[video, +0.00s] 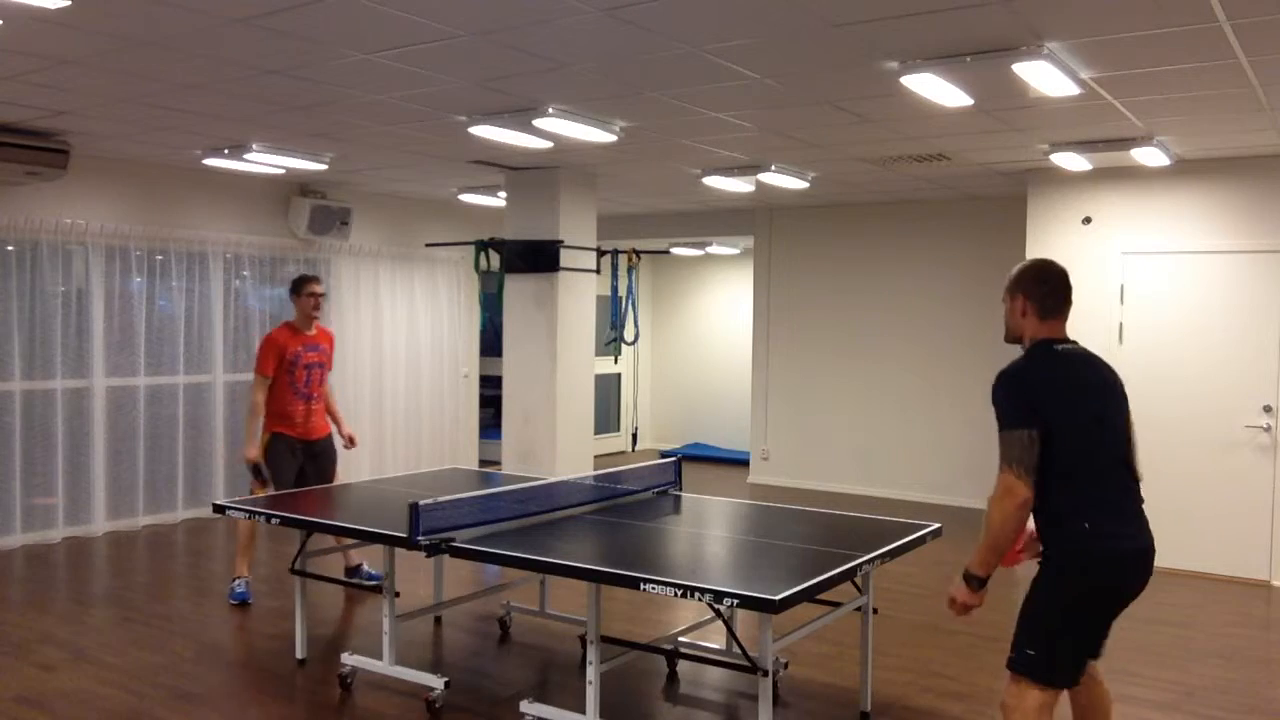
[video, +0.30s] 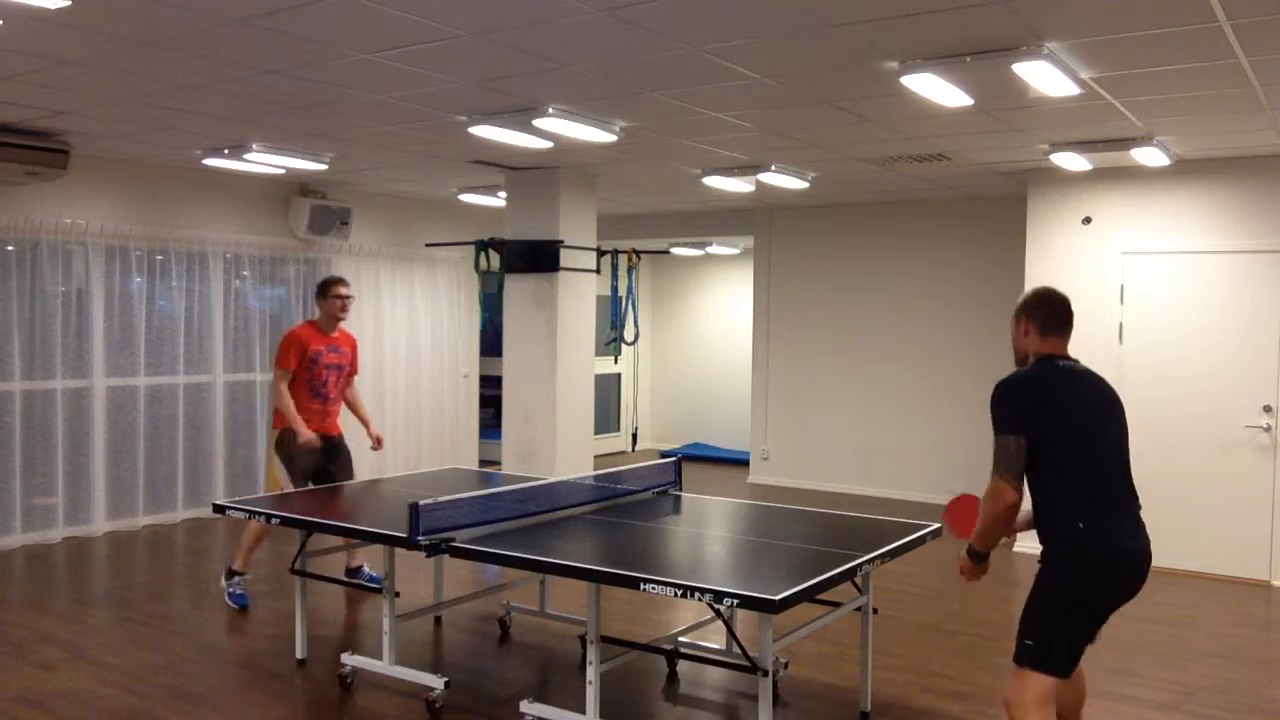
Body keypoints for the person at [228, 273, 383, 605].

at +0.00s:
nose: (318, 301)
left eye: (321, 296)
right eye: (311, 296)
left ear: (323, 301)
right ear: (295, 300)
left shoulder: (325, 338)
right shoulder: (276, 340)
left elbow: (323, 386)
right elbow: (259, 393)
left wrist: (341, 425)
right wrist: (252, 444)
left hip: (319, 437)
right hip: (282, 438)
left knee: (331, 502)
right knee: (256, 503)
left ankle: (353, 565)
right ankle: (241, 575)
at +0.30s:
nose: (345, 303)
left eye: (348, 299)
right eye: (339, 298)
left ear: (350, 304)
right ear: (321, 302)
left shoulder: (348, 342)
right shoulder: (298, 337)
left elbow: (348, 388)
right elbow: (279, 386)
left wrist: (368, 425)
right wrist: (300, 427)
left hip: (330, 435)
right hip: (294, 434)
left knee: (346, 500)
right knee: (277, 505)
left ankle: (354, 566)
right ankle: (235, 573)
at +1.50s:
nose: (327, 333)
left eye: (329, 327)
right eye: (322, 327)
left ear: (322, 328)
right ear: (301, 326)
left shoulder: (318, 359)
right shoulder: (270, 362)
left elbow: (312, 404)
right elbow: (248, 413)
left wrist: (338, 423)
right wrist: (277, 455)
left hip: (299, 448)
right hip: (263, 450)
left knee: (328, 501)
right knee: (259, 515)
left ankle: (337, 565)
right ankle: (222, 595)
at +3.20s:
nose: (301, 316)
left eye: (304, 311)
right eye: (295, 309)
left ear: (304, 313)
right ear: (276, 310)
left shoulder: (300, 346)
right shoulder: (253, 348)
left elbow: (293, 392)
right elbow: (241, 396)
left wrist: (311, 416)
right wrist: (232, 439)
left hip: (285, 443)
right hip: (251, 444)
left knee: (291, 505)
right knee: (245, 512)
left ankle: (289, 556)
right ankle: (238, 584)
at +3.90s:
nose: (286, 320)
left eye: (290, 314)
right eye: (279, 314)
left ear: (294, 314)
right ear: (262, 316)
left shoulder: (305, 348)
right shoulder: (243, 355)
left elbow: (311, 392)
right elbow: (233, 407)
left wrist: (324, 423)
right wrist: (228, 451)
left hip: (293, 444)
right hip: (252, 444)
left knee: (295, 505)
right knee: (243, 510)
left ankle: (290, 552)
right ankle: (233, 579)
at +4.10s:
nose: (282, 343)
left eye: (287, 337)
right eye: (275, 337)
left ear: (292, 337)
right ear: (260, 337)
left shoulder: (305, 364)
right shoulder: (244, 377)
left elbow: (318, 397)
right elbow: (235, 423)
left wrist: (335, 430)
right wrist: (217, 455)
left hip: (304, 452)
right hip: (262, 456)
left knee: (328, 512)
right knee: (260, 516)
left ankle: (314, 573)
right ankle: (234, 582)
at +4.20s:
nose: (292, 354)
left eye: (297, 348)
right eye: (286, 348)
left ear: (302, 347)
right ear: (268, 347)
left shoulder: (310, 372)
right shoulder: (260, 382)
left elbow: (322, 403)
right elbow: (256, 417)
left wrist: (346, 431)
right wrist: (246, 426)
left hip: (312, 461)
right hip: (271, 467)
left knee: (340, 529)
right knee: (265, 537)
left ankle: (341, 595)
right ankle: (237, 582)